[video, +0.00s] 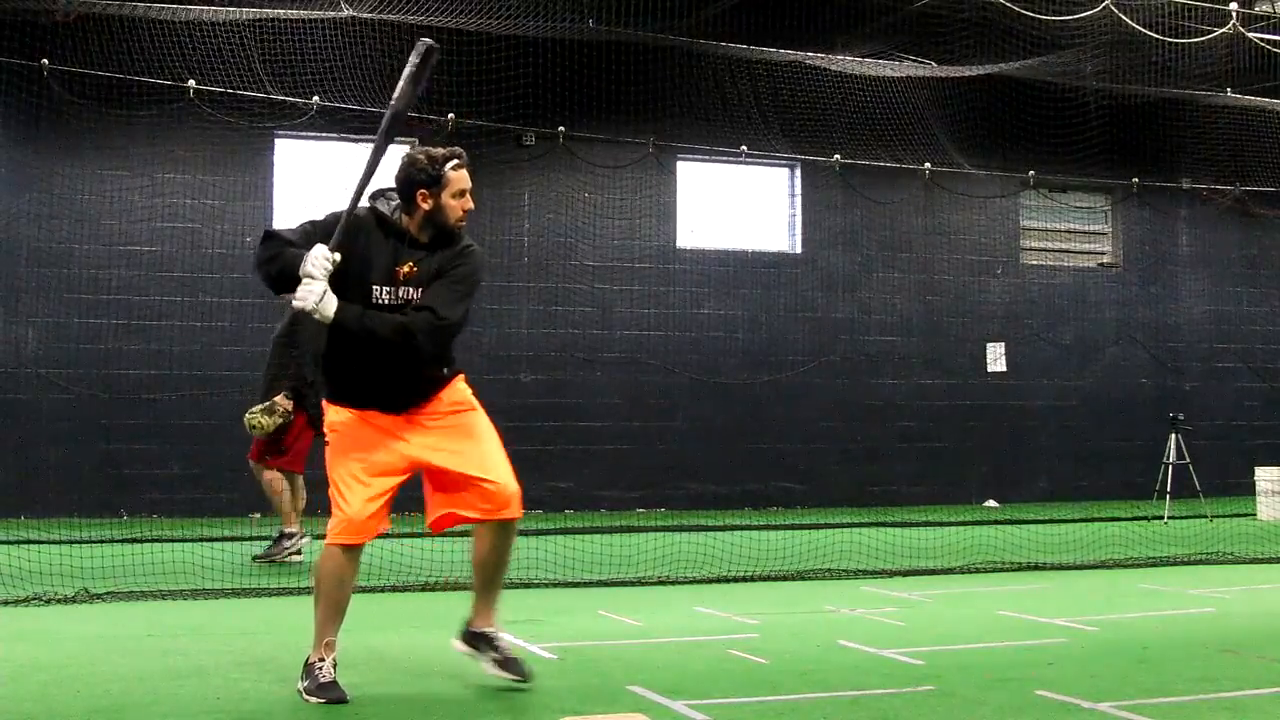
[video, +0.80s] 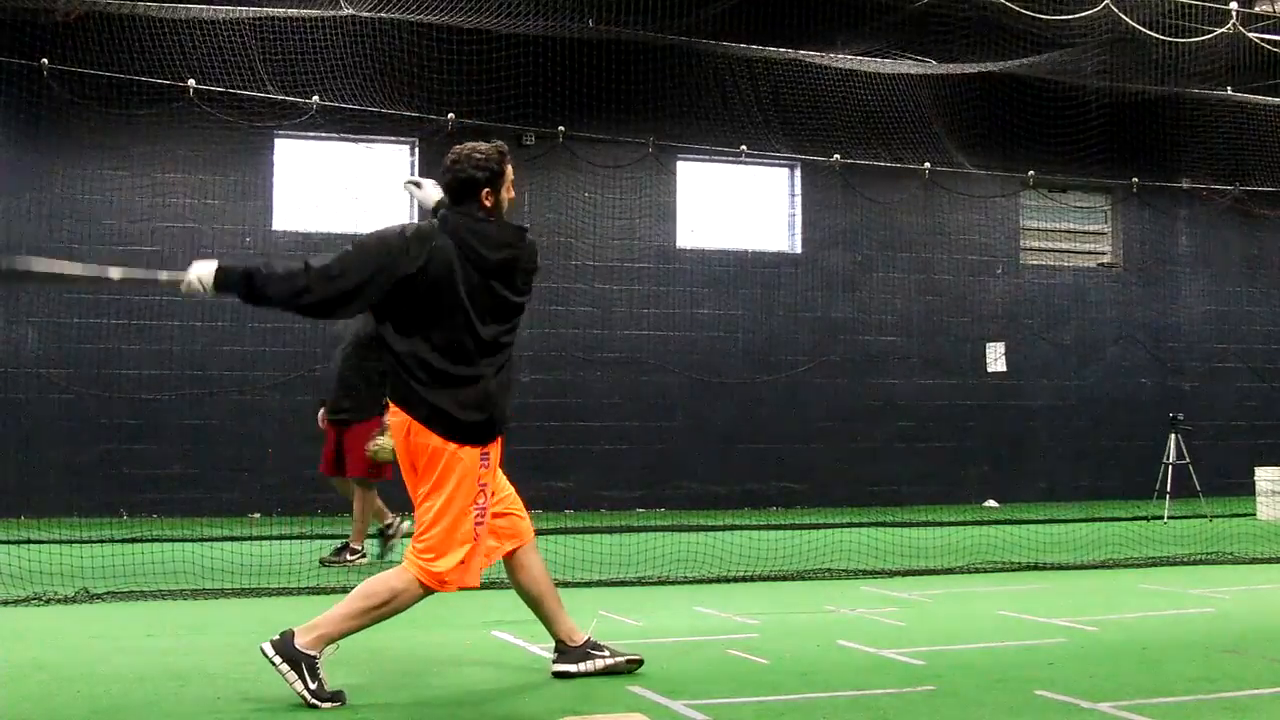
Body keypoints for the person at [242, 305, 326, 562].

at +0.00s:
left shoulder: (307, 314)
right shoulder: (306, 311)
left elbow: (306, 356)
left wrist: (288, 392)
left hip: (296, 399)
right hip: (306, 398)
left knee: (261, 461)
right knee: (291, 469)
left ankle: (290, 531)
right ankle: (294, 538)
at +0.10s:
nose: (288, 281)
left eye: (295, 277)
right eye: (290, 276)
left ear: (311, 284)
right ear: (307, 286)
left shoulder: (314, 315)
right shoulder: (307, 314)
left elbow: (304, 362)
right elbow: (300, 362)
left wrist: (285, 396)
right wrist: (275, 397)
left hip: (301, 406)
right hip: (298, 405)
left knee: (281, 468)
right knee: (289, 472)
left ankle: (321, 527)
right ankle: (289, 541)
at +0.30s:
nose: (306, 280)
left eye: (312, 275)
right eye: (307, 276)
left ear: (330, 282)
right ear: (325, 283)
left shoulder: (331, 316)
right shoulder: (318, 317)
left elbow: (315, 365)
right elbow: (298, 364)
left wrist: (290, 397)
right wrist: (281, 398)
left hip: (321, 408)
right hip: (302, 407)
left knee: (326, 477)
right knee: (297, 476)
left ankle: (349, 543)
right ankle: (289, 544)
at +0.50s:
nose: (326, 282)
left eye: (333, 277)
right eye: (325, 278)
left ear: (350, 283)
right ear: (327, 284)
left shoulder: (355, 318)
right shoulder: (333, 318)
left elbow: (347, 366)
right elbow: (325, 364)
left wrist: (320, 398)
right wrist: (311, 398)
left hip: (347, 409)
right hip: (323, 406)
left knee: (350, 478)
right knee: (308, 475)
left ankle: (354, 546)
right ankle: (294, 541)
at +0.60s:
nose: (343, 282)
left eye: (350, 276)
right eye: (339, 276)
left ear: (365, 282)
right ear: (334, 281)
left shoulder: (367, 318)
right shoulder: (335, 316)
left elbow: (365, 369)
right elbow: (330, 363)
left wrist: (343, 404)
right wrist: (320, 402)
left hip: (356, 409)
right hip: (326, 406)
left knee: (355, 478)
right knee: (313, 471)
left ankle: (354, 545)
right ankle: (316, 538)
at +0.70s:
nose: (355, 287)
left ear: (371, 288)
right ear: (352, 286)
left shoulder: (376, 320)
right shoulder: (341, 318)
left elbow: (379, 367)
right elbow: (334, 363)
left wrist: (368, 405)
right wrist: (327, 403)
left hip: (364, 406)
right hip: (332, 405)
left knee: (357, 477)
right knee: (319, 469)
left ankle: (356, 544)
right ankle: (356, 526)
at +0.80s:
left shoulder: (382, 328)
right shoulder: (347, 325)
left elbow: (397, 371)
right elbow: (344, 371)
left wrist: (394, 411)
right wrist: (329, 405)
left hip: (370, 415)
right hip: (340, 415)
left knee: (363, 482)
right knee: (338, 476)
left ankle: (355, 547)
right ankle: (390, 522)